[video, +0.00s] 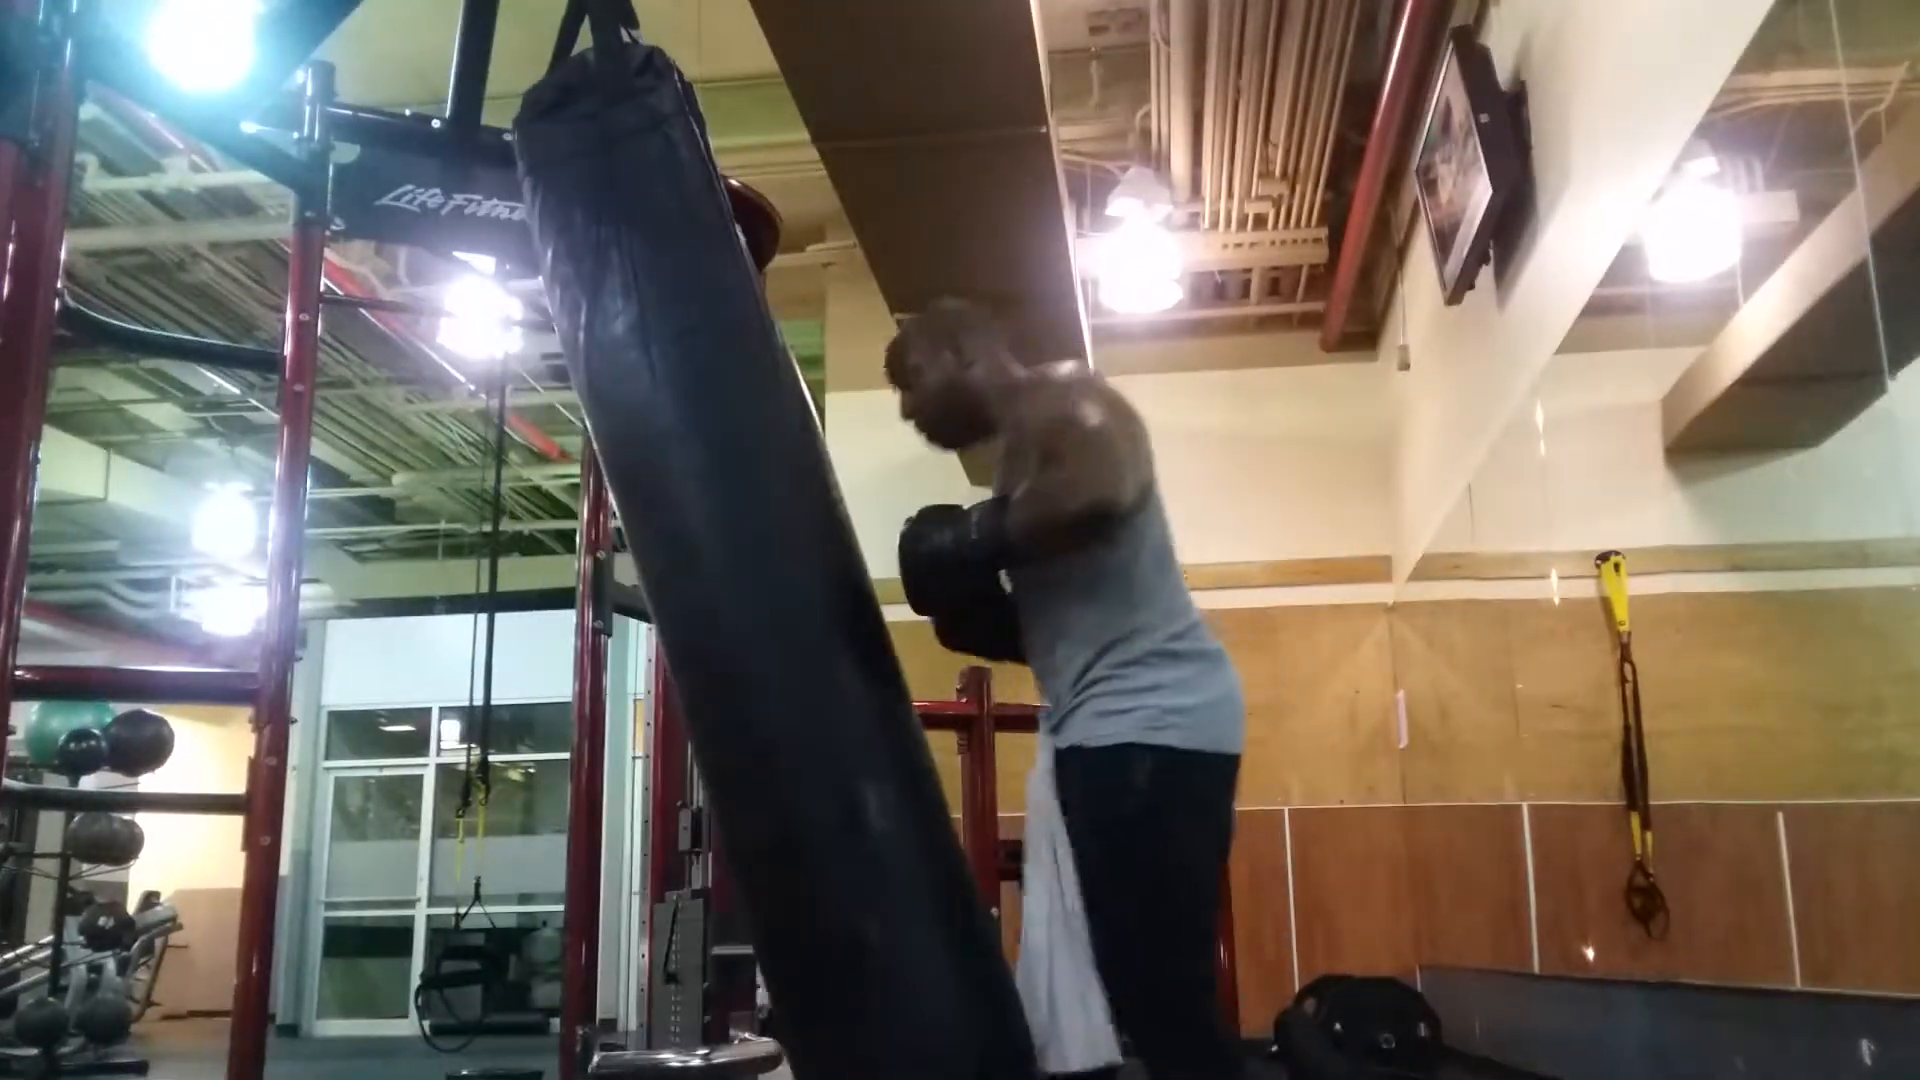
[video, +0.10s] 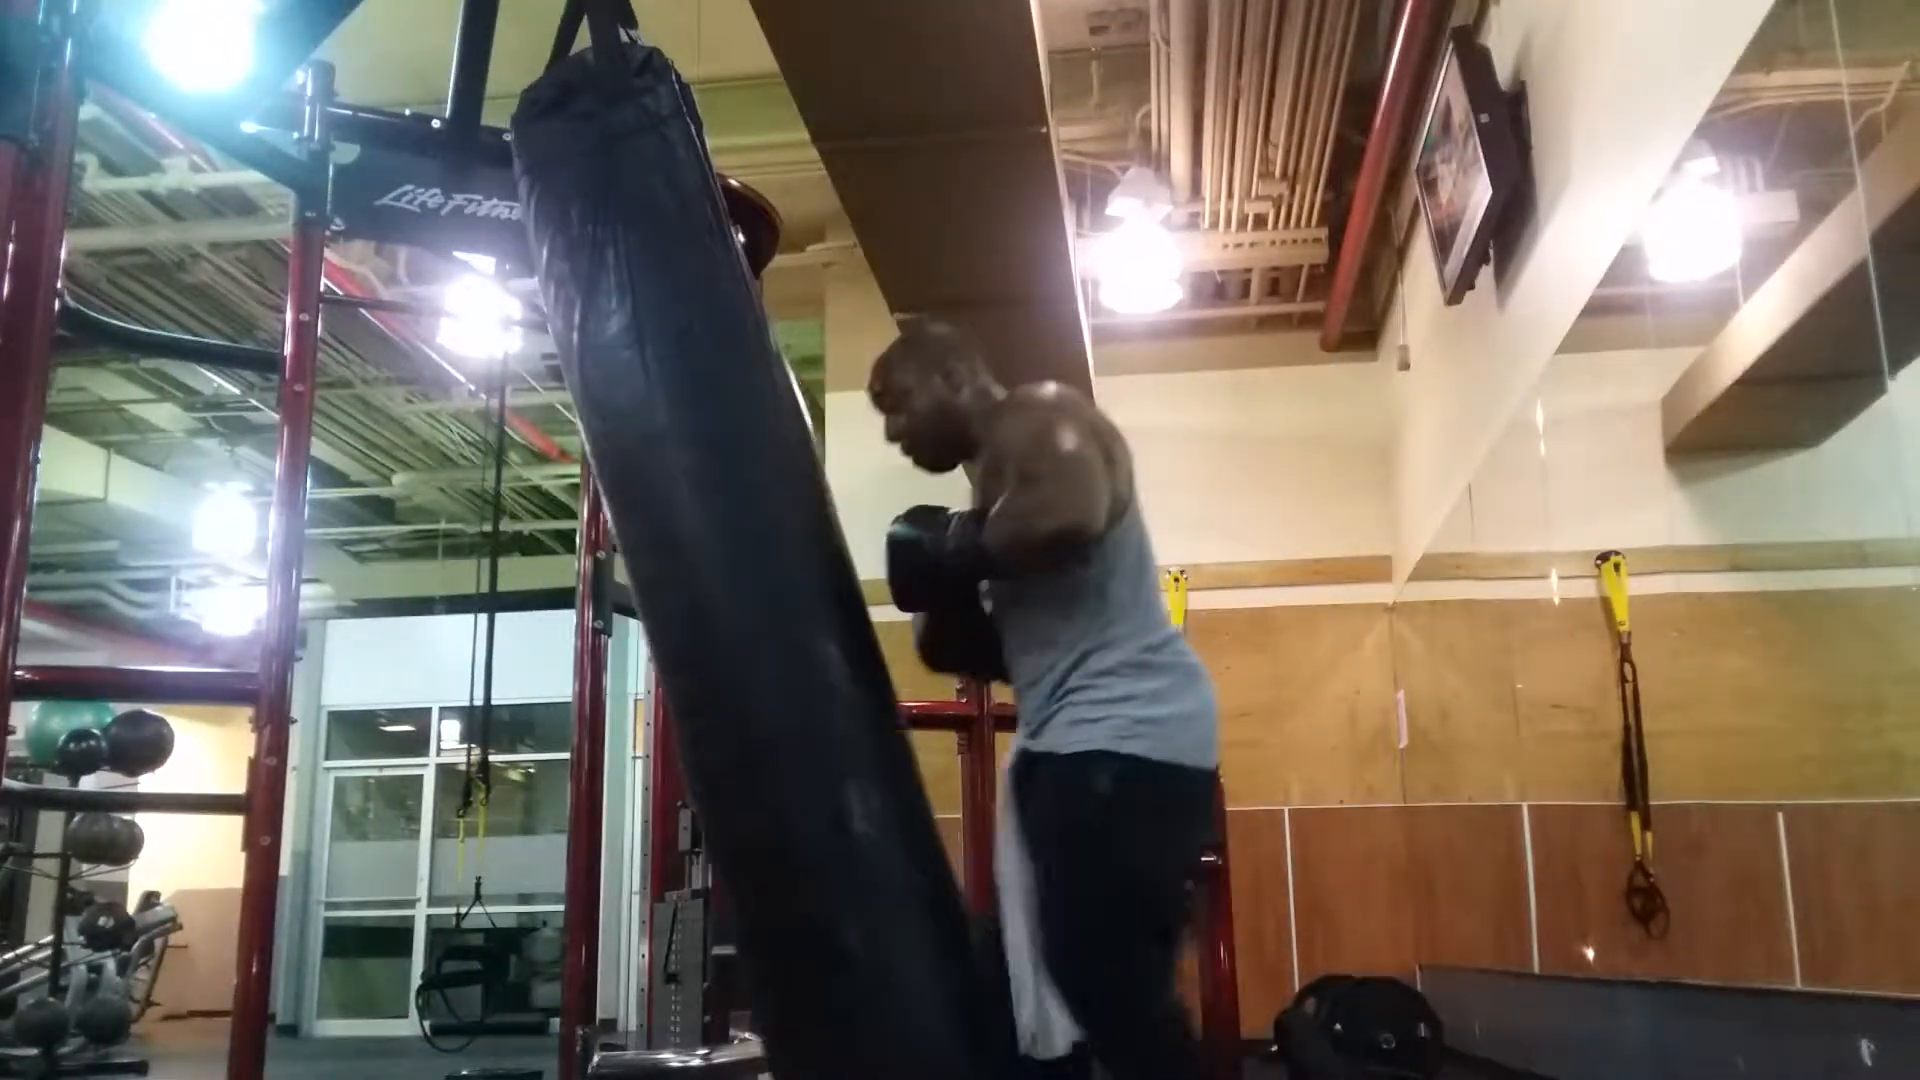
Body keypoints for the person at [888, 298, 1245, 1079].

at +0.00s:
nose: (906, 409)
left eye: (906, 379)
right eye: (898, 389)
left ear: (962, 354)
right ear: (965, 360)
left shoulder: (1059, 397)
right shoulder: (1021, 456)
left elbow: (1099, 485)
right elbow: (1070, 634)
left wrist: (965, 533)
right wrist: (960, 611)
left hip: (1148, 724)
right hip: (1103, 731)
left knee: (1166, 1018)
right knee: (1152, 1017)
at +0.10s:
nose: (894, 434)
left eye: (896, 410)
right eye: (887, 418)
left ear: (952, 379)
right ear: (953, 386)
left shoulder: (1036, 414)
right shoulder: (998, 473)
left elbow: (1070, 515)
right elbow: (1061, 646)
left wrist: (951, 541)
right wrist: (963, 637)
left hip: (1118, 735)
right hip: (1077, 738)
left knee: (1116, 999)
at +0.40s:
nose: (861, 411)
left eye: (867, 385)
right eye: (854, 393)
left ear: (926, 360)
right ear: (926, 368)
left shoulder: (1037, 416)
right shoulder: (962, 489)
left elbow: (1041, 566)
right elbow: (977, 653)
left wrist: (928, 535)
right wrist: (847, 646)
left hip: (1083, 724)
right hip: (1028, 730)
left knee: (1019, 1003)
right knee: (1005, 1002)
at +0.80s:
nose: (797, 394)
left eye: (797, 367)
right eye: (790, 373)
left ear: (851, 341)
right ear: (872, 338)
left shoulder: (936, 405)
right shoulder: (961, 400)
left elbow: (922, 590)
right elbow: (968, 610)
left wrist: (830, 543)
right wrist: (870, 629)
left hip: (1024, 729)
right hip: (1067, 727)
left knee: (890, 981)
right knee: (1024, 992)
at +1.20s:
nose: (845, 379)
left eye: (842, 347)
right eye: (835, 356)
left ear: (892, 316)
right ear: (925, 306)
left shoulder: (938, 358)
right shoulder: (1056, 379)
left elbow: (926, 547)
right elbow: (997, 566)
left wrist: (837, 511)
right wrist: (855, 520)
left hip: (1048, 711)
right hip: (1158, 704)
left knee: (943, 1009)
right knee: (1157, 981)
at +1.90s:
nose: (913, 379)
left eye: (906, 346)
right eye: (901, 355)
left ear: (960, 309)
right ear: (992, 303)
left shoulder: (1022, 354)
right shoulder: (1107, 353)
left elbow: (1029, 546)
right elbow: (1070, 572)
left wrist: (923, 511)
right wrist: (940, 522)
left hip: (1175, 692)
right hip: (1276, 679)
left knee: (1078, 971)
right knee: (1261, 958)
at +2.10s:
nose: (987, 388)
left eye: (989, 358)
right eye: (976, 368)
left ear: (1034, 320)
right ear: (1061, 315)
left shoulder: (1085, 370)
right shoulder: (1211, 393)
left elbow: (1066, 531)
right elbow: (1145, 593)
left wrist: (965, 529)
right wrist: (991, 555)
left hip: (1212, 711)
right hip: (1340, 700)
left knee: (1096, 984)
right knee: (1348, 954)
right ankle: (1434, 1067)